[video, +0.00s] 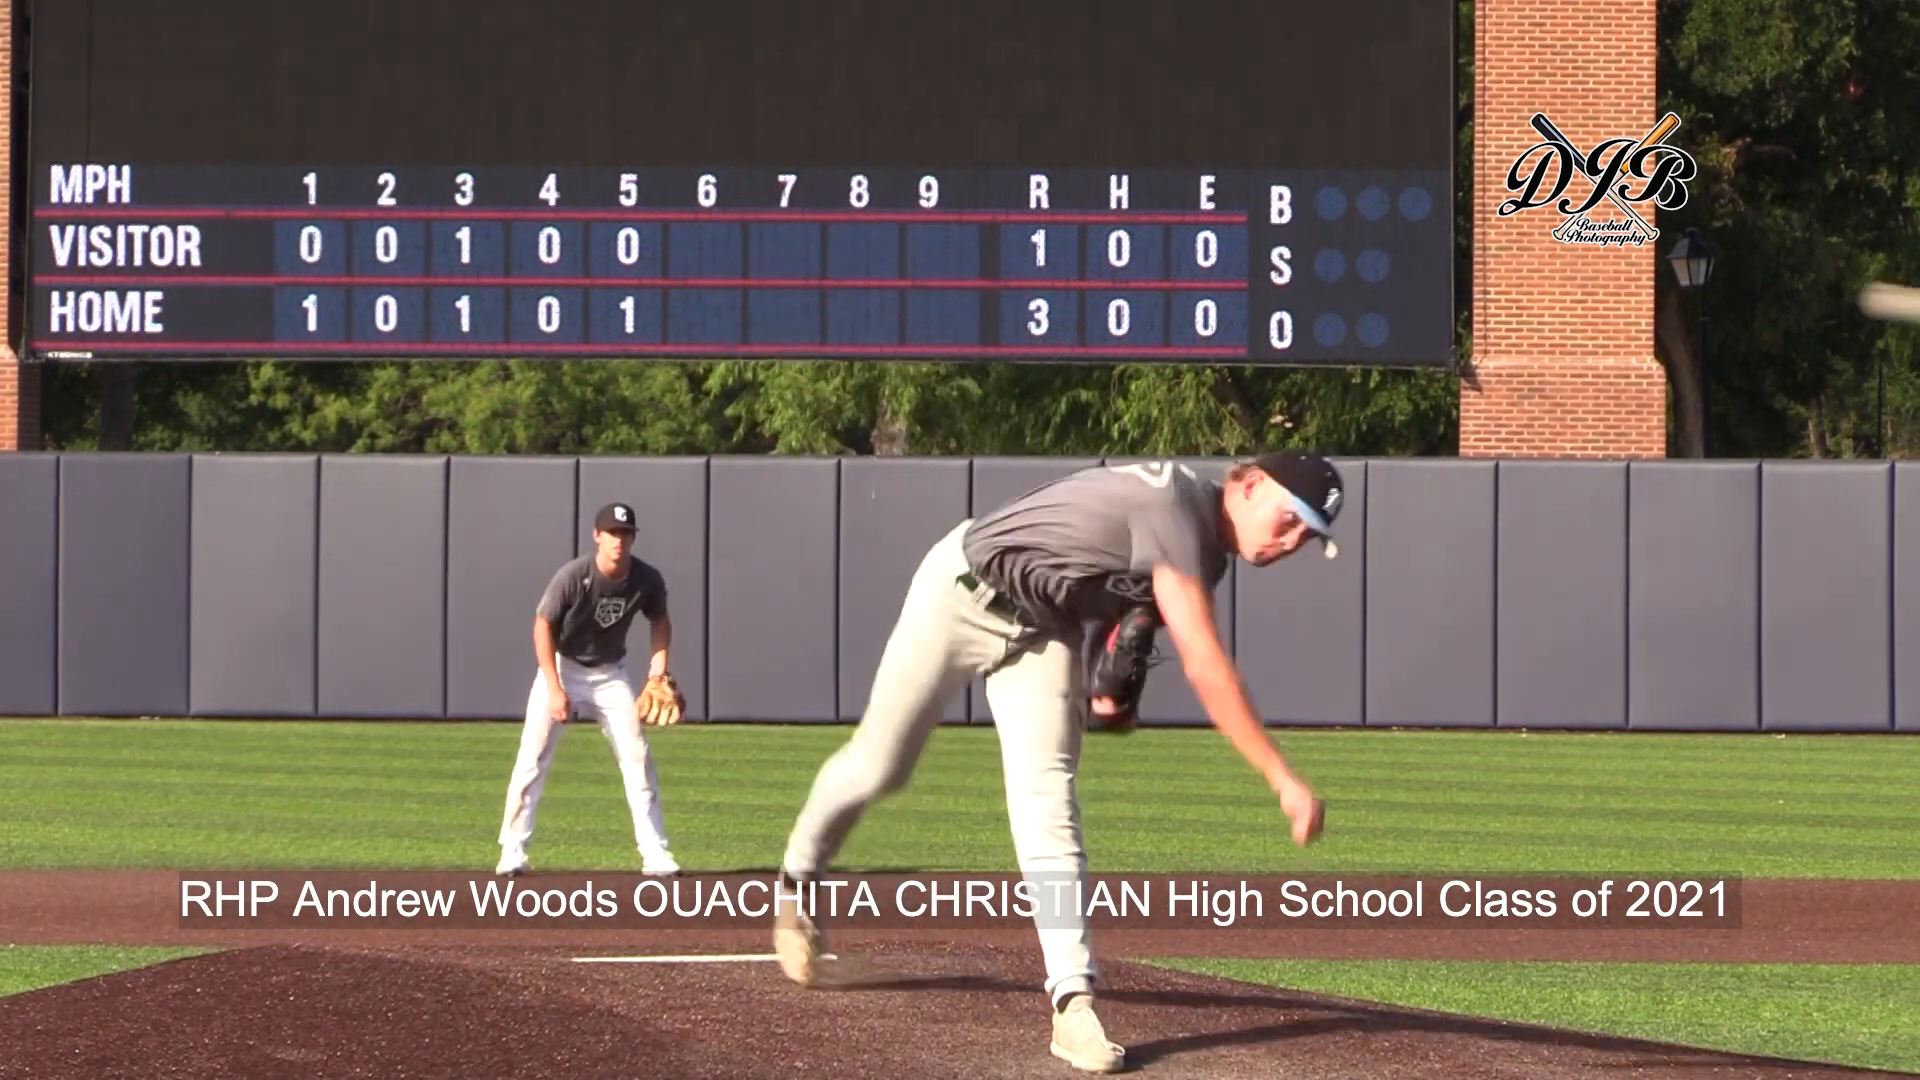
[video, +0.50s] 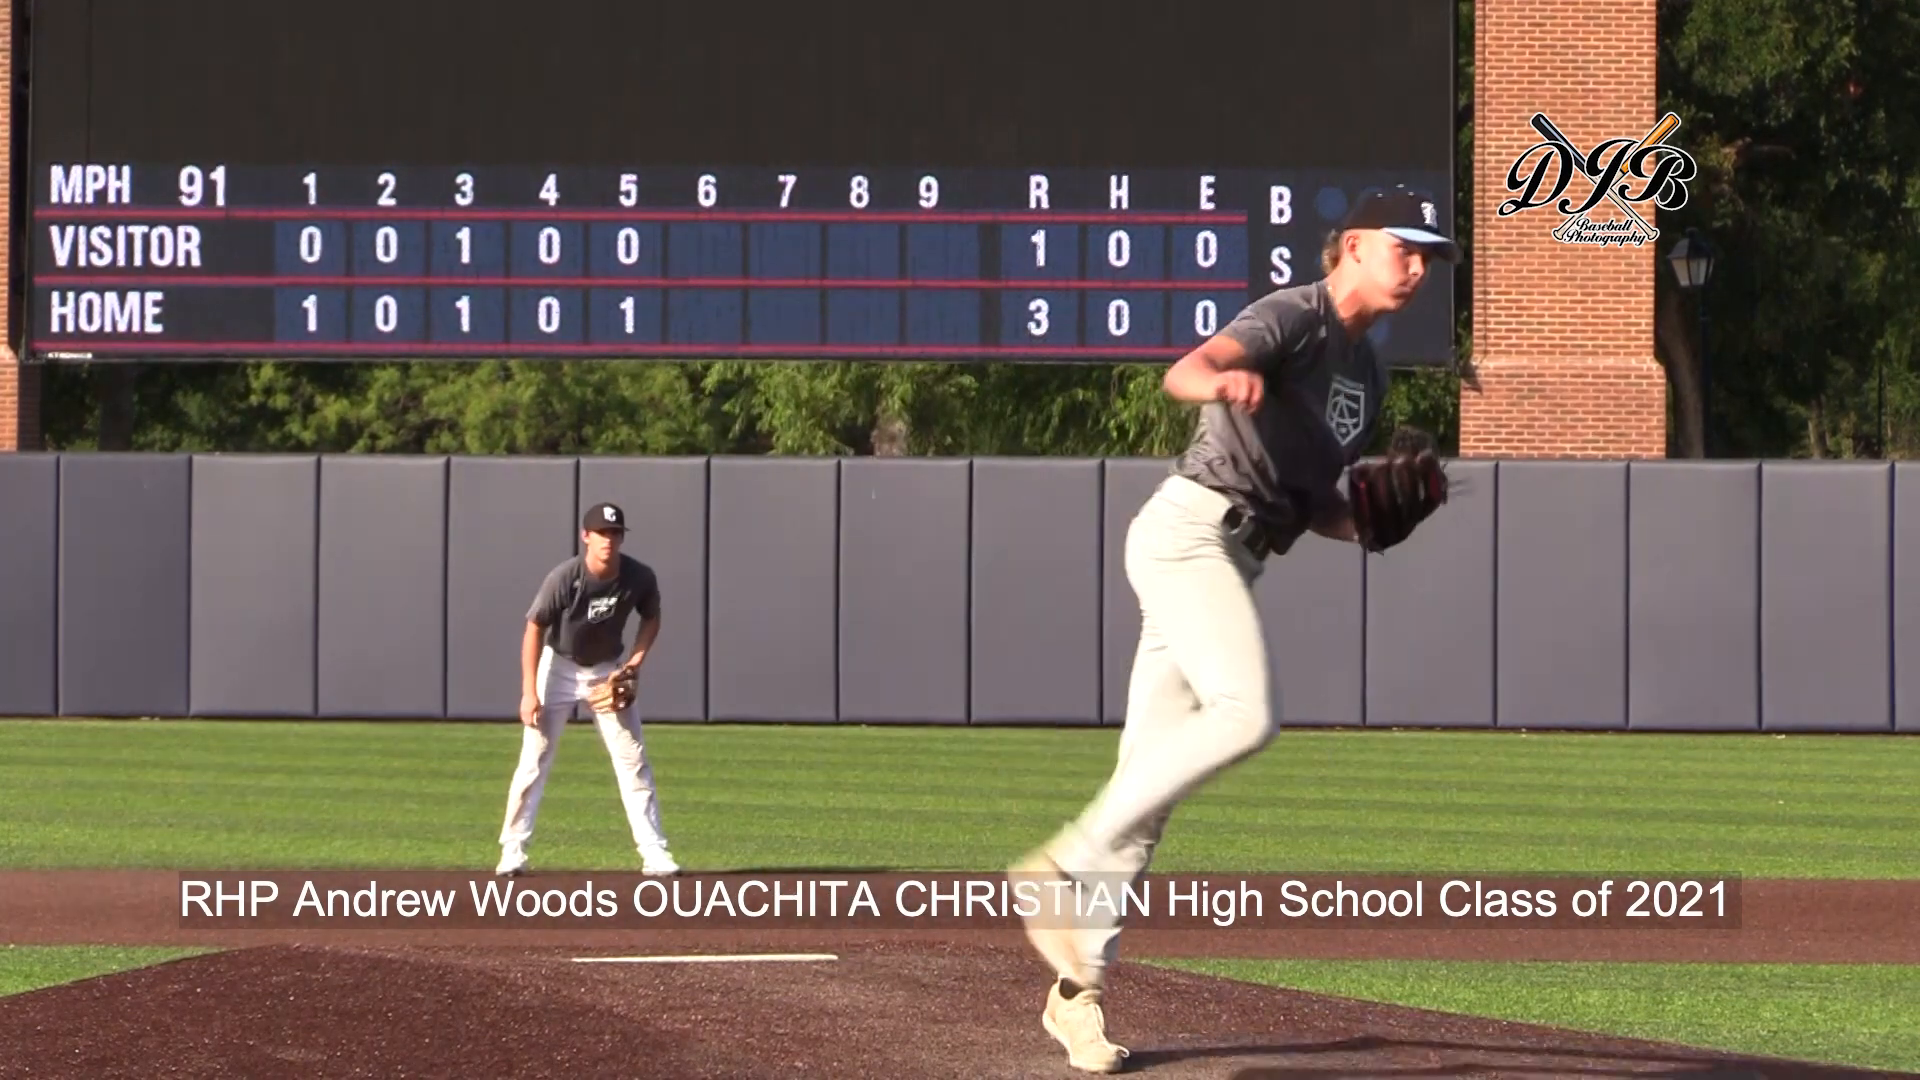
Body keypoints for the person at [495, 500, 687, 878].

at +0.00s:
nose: (620, 541)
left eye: (626, 535)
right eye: (612, 534)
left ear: (633, 538)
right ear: (597, 536)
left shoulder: (647, 580)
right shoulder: (572, 576)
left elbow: (660, 621)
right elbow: (542, 625)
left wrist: (657, 673)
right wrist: (554, 689)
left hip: (610, 675)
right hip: (561, 670)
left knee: (637, 756)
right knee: (530, 760)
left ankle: (655, 855)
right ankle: (513, 853)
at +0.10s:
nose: (612, 544)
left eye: (619, 537)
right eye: (605, 537)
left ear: (627, 541)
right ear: (590, 539)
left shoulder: (642, 581)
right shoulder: (568, 579)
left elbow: (650, 630)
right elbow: (537, 629)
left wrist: (638, 681)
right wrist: (549, 693)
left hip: (604, 676)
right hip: (555, 671)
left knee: (632, 757)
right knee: (528, 761)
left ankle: (654, 854)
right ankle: (512, 851)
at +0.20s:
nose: (609, 545)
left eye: (616, 538)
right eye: (602, 537)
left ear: (624, 541)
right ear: (585, 540)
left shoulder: (638, 581)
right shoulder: (563, 581)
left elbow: (646, 622)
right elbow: (535, 629)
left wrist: (633, 664)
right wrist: (541, 693)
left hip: (604, 675)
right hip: (554, 673)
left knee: (632, 763)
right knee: (527, 762)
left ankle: (654, 854)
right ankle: (512, 851)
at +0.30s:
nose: (608, 544)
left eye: (614, 537)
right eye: (600, 536)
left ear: (623, 540)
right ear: (585, 539)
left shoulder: (638, 580)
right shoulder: (561, 581)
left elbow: (645, 621)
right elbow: (532, 629)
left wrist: (626, 666)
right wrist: (533, 690)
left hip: (606, 672)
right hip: (555, 670)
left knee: (631, 763)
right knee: (528, 763)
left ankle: (654, 853)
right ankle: (512, 851)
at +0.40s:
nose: (608, 543)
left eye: (615, 536)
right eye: (601, 535)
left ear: (623, 539)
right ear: (585, 537)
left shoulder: (639, 579)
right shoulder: (562, 579)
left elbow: (647, 621)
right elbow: (532, 627)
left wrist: (626, 666)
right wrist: (529, 691)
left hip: (607, 671)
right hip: (556, 668)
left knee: (631, 761)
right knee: (532, 760)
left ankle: (654, 852)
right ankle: (512, 850)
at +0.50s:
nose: (609, 541)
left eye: (615, 534)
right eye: (601, 533)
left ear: (623, 538)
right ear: (585, 536)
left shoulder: (640, 578)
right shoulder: (563, 579)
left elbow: (651, 618)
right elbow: (534, 627)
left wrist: (633, 664)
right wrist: (529, 691)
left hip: (608, 670)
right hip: (557, 668)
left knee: (633, 760)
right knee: (534, 760)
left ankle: (654, 852)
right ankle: (513, 851)